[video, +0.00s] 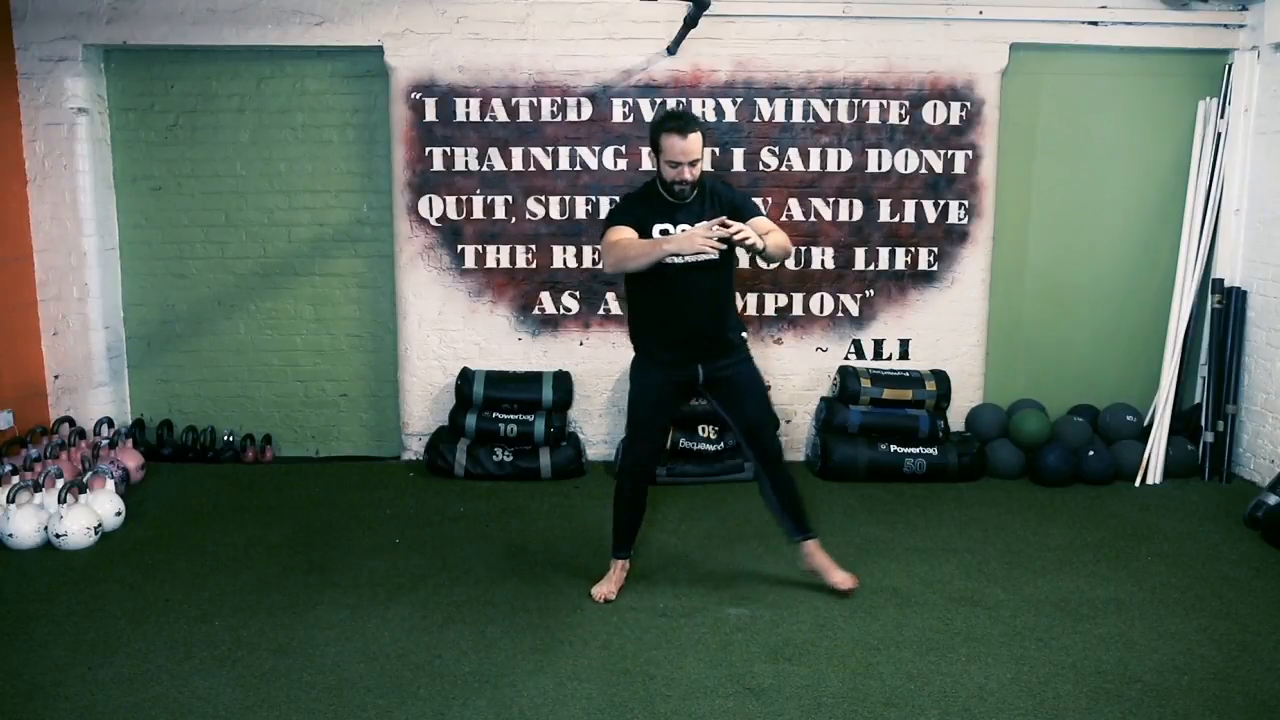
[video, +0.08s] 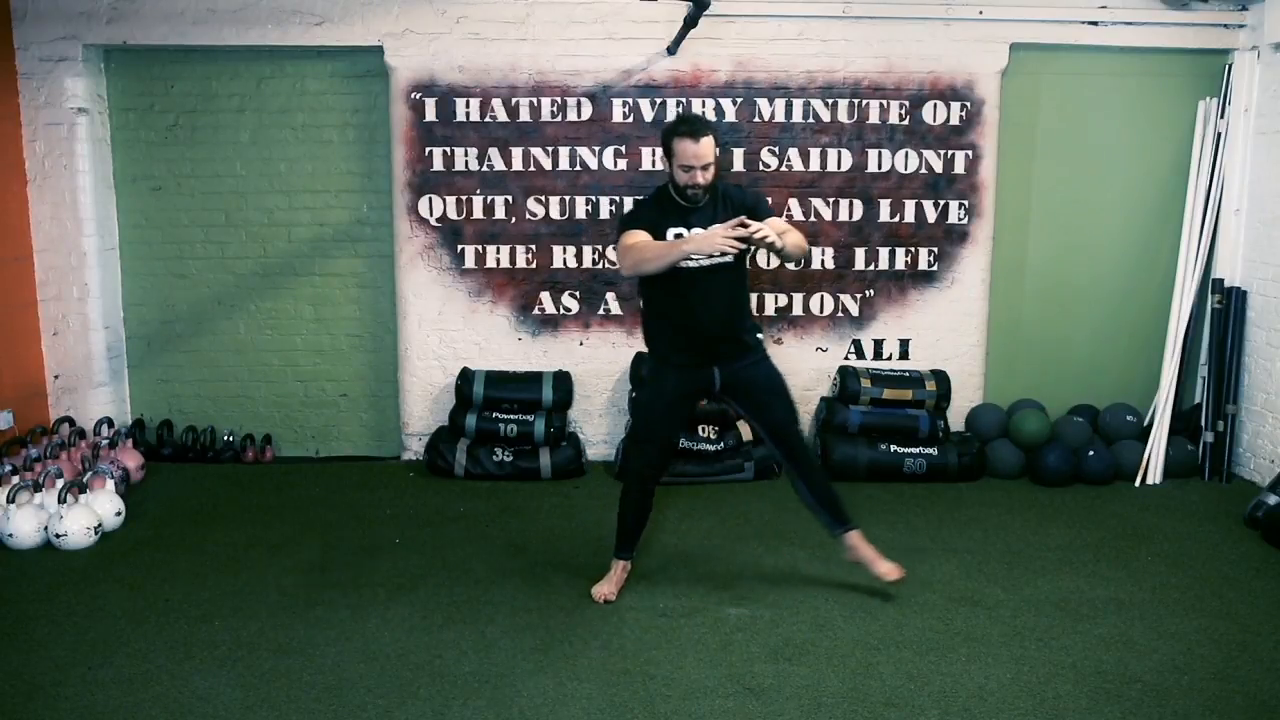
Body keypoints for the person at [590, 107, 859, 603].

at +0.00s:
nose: (684, 174)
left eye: (692, 163)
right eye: (674, 164)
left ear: (704, 155)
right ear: (656, 158)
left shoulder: (721, 194)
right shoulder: (637, 203)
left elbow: (782, 246)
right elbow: (612, 257)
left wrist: (759, 241)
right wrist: (674, 242)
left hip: (725, 350)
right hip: (659, 355)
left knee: (766, 443)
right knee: (638, 457)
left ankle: (809, 547)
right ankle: (619, 561)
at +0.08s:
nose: (698, 180)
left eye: (707, 168)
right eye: (686, 169)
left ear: (720, 159)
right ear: (667, 162)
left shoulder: (741, 201)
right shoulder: (648, 208)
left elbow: (800, 250)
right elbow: (630, 260)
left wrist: (780, 237)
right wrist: (695, 243)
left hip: (740, 354)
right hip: (672, 360)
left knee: (791, 444)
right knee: (642, 463)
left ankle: (854, 542)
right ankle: (620, 562)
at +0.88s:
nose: (924, 391)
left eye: (934, 383)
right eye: (917, 381)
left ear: (951, 371)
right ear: (901, 362)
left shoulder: (961, 388)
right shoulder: (869, 382)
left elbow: (1027, 435)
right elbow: (853, 439)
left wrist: (1008, 422)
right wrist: (928, 427)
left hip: (906, 481)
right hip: (841, 482)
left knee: (986, 497)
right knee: (750, 529)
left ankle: (931, 574)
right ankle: (639, 570)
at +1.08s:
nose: (933, 410)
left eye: (943, 402)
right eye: (925, 400)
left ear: (959, 389)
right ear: (909, 382)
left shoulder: (971, 410)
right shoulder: (883, 399)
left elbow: (1034, 462)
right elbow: (859, 457)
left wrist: (1014, 451)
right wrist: (930, 455)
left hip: (912, 496)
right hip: (852, 493)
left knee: (990, 500)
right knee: (756, 537)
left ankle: (931, 574)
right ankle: (643, 572)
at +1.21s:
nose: (927, 391)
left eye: (937, 383)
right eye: (919, 381)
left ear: (952, 372)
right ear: (902, 363)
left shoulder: (963, 393)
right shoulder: (867, 383)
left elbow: (1025, 439)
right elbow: (850, 437)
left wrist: (1008, 429)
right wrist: (925, 435)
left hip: (906, 481)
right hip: (843, 479)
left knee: (982, 496)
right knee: (754, 526)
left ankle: (930, 574)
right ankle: (643, 571)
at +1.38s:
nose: (904, 337)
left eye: (913, 328)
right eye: (896, 327)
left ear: (926, 318)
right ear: (876, 313)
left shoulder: (937, 343)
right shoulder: (855, 338)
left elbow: (998, 389)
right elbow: (821, 385)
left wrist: (972, 373)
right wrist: (896, 382)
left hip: (893, 450)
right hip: (828, 447)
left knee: (965, 489)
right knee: (740, 509)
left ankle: (929, 575)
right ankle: (641, 568)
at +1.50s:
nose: (870, 294)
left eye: (879, 285)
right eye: (862, 284)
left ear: (893, 273)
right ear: (844, 272)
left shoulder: (907, 304)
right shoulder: (827, 305)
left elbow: (966, 346)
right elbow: (787, 343)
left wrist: (936, 327)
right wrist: (865, 331)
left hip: (870, 433)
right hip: (803, 431)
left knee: (947, 482)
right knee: (724, 502)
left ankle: (928, 576)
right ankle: (636, 569)